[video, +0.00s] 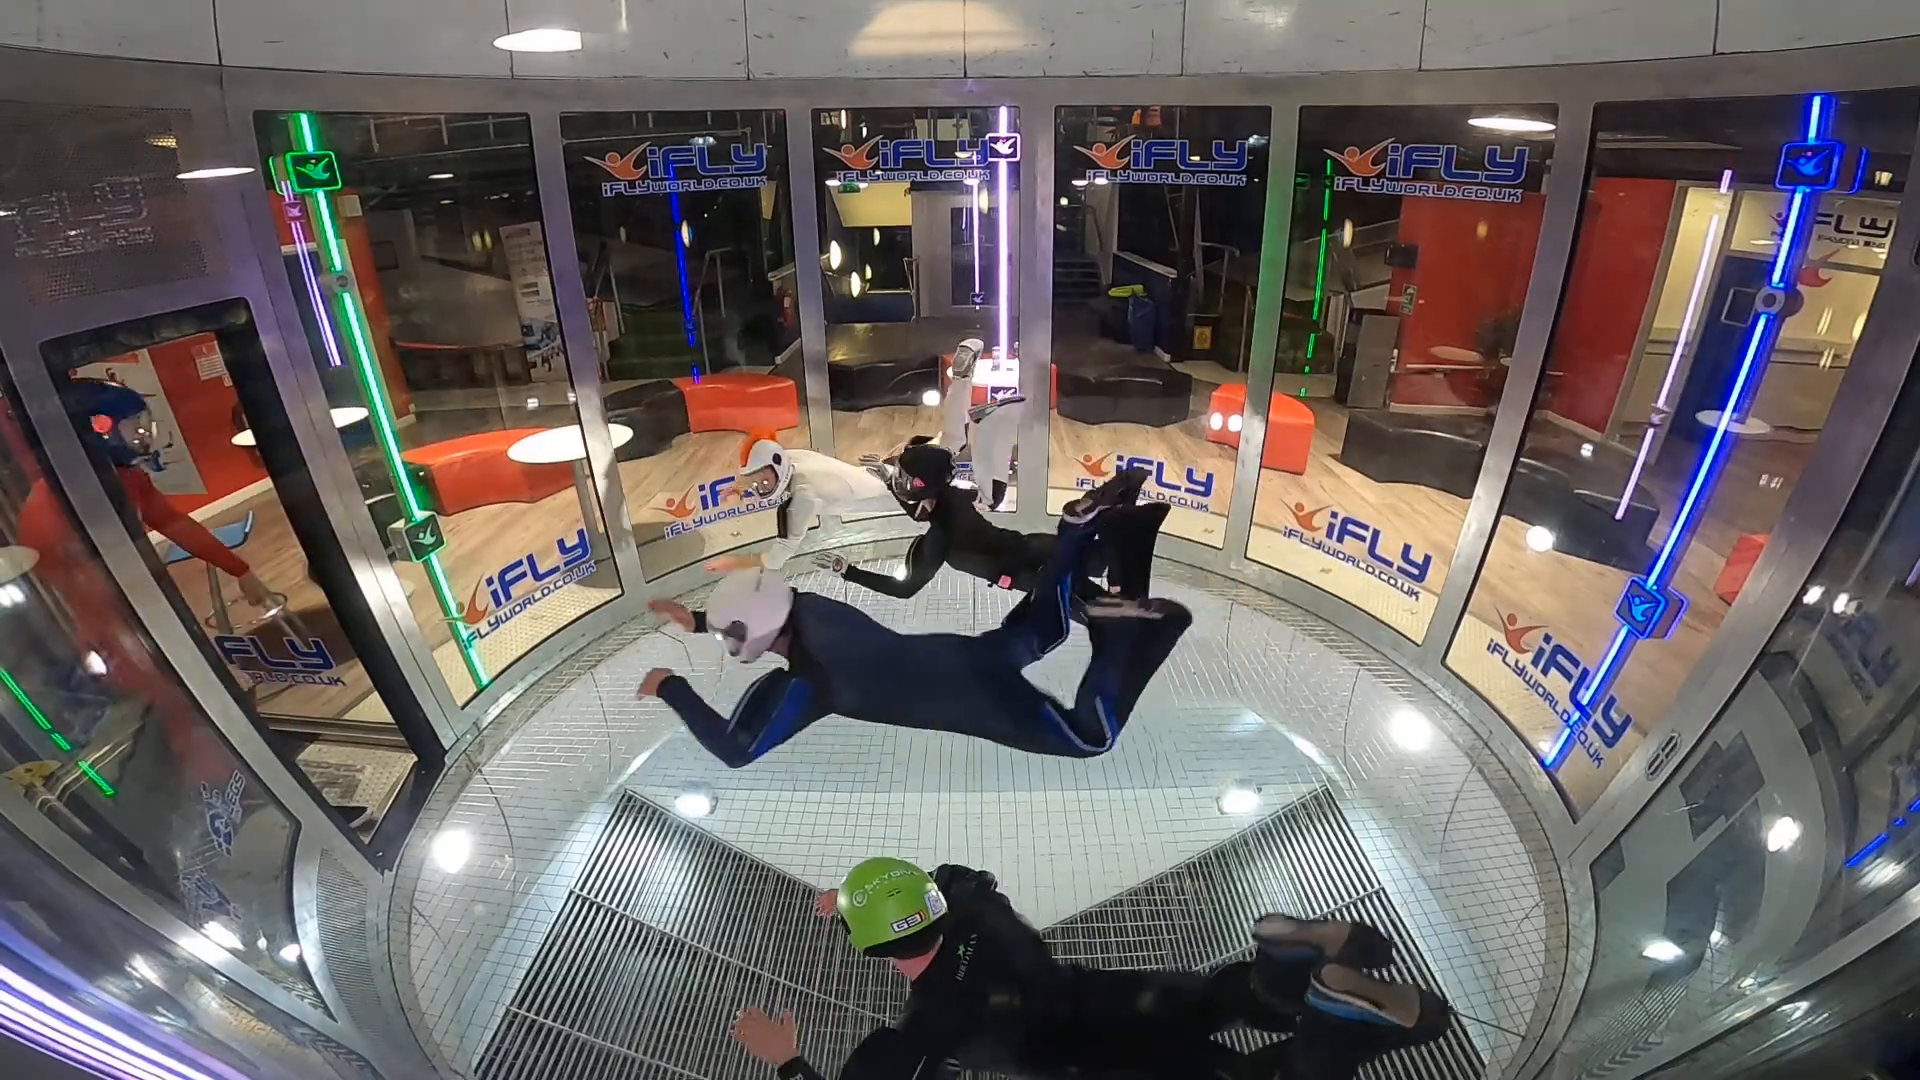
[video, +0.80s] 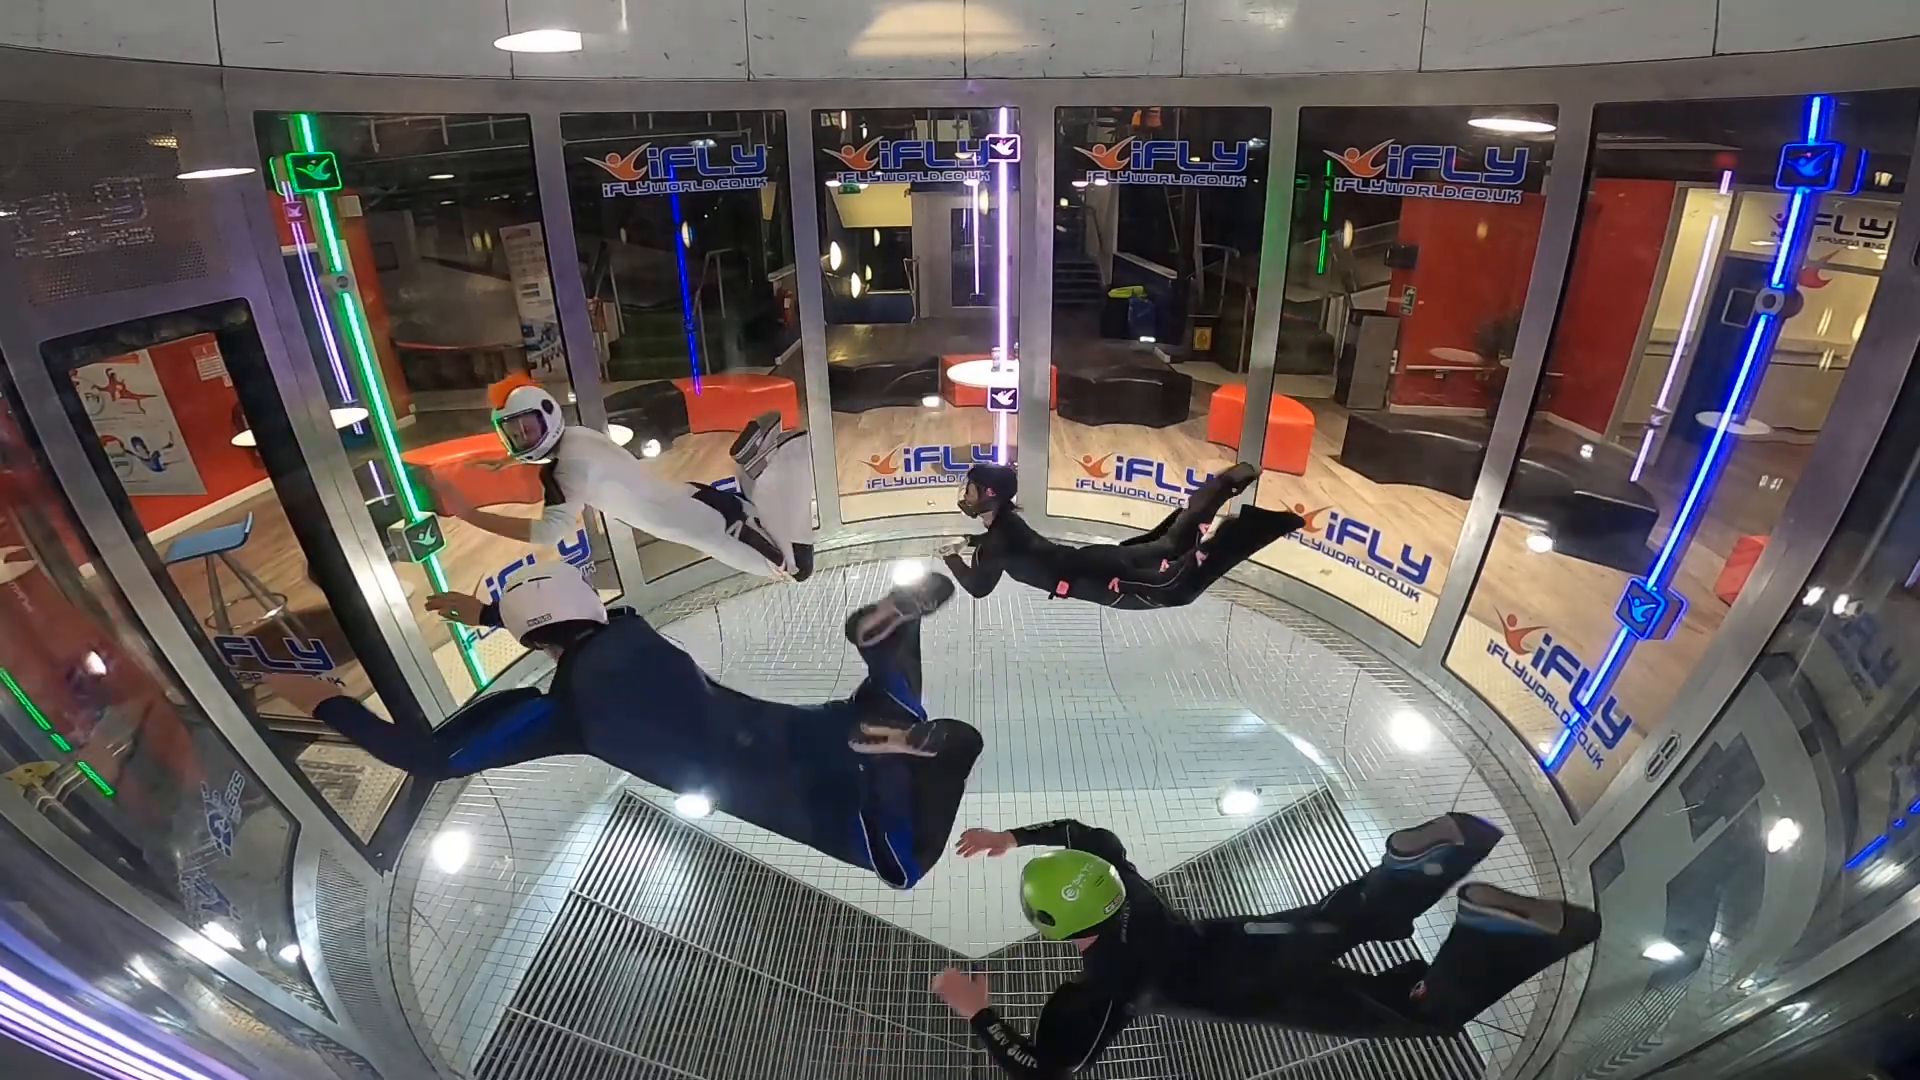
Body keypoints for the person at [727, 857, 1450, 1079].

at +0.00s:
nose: (880, 964)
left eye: (882, 954)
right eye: (875, 954)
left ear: (912, 951)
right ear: (928, 915)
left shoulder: (930, 1016)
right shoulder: (972, 898)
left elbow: (859, 1078)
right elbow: (931, 885)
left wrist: (787, 1059)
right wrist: (856, 900)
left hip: (1088, 1052)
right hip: (1096, 987)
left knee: (1218, 1061)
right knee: (1199, 995)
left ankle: (1337, 1025)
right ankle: (1289, 960)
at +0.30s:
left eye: (949, 950)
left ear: (962, 962)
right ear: (1000, 909)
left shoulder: (995, 1021)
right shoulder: (1034, 907)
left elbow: (903, 1072)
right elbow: (1010, 872)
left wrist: (865, 1025)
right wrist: (933, 890)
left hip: (1134, 1055)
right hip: (1151, 1001)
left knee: (1258, 1046)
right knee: (1249, 1009)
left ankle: (1367, 1031)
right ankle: (1359, 981)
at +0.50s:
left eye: (997, 941)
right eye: (1019, 926)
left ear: (1011, 954)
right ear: (1042, 917)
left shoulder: (1041, 1021)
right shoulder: (1078, 912)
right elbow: (1056, 859)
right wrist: (976, 874)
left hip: (1189, 1027)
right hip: (1197, 1001)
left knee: (1297, 1048)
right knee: (1300, 984)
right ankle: (1419, 956)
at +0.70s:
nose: (1031, 950)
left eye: (1030, 941)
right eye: (1032, 937)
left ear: (1050, 943)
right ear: (1076, 899)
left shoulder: (1075, 1002)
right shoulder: (1098, 896)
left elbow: (1019, 1078)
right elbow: (1071, 843)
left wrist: (937, 1055)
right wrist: (993, 849)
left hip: (1228, 1000)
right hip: (1237, 971)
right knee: (1372, 1034)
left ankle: (1413, 888)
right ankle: (1496, 992)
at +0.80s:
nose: (1050, 932)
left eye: (1052, 929)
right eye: (1048, 917)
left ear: (1072, 935)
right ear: (1089, 882)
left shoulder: (1106, 980)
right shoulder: (1116, 883)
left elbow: (1049, 1059)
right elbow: (1084, 835)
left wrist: (979, 1016)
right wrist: (1014, 836)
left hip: (1274, 989)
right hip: (1268, 930)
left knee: (1420, 1005)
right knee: (1362, 909)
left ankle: (1503, 933)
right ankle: (1446, 854)